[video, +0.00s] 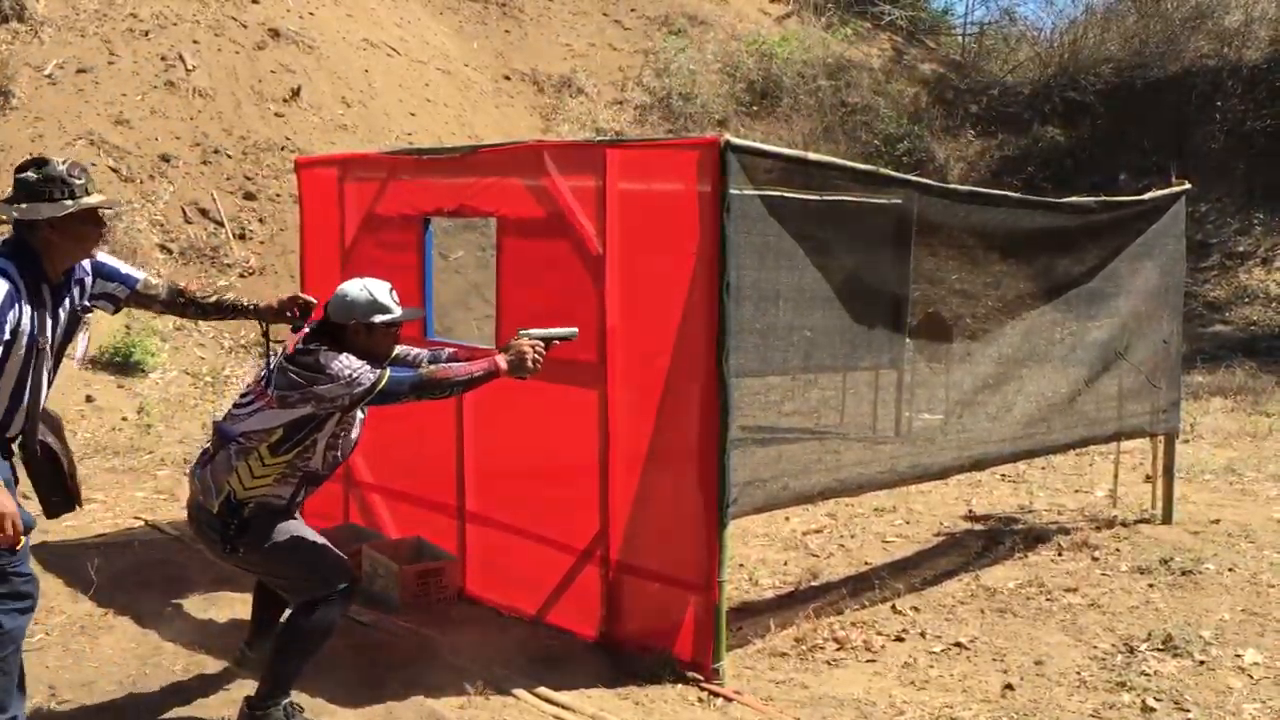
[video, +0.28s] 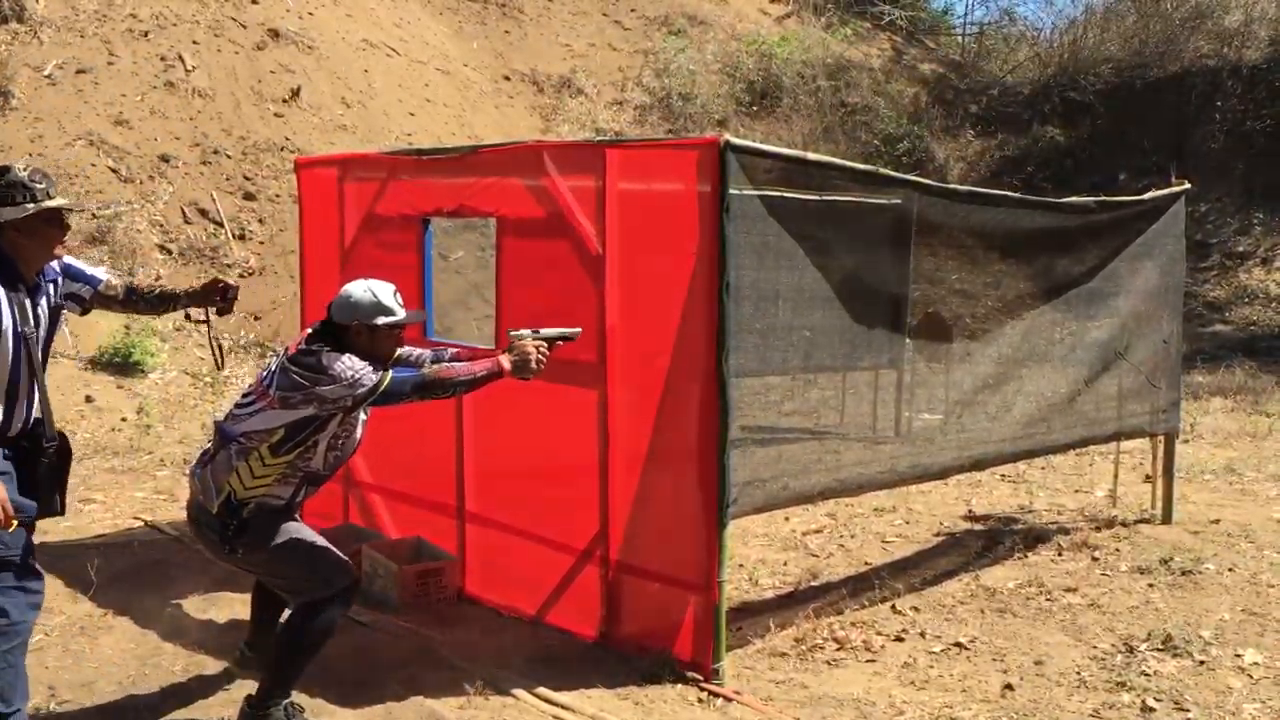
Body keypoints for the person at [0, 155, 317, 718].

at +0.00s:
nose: (103, 226)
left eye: (100, 215)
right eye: (90, 218)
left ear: (64, 226)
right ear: (49, 227)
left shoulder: (84, 271)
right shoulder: (7, 291)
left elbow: (177, 298)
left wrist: (265, 310)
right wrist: (3, 490)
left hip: (5, 454)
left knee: (15, 587)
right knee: (17, 589)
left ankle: (12, 701)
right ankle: (10, 706)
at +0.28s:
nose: (62, 230)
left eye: (61, 219)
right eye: (49, 221)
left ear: (38, 226)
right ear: (10, 229)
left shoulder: (52, 274)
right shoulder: (3, 293)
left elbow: (126, 293)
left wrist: (195, 297)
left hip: (25, 452)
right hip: (2, 459)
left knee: (18, 588)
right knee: (17, 590)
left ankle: (11, 702)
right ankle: (10, 704)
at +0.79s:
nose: (55, 234)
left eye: (53, 223)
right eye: (44, 225)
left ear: (19, 233)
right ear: (9, 233)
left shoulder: (37, 270)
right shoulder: (8, 290)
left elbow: (78, 308)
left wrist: (122, 308)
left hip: (10, 426)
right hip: (2, 430)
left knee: (34, 509)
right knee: (32, 510)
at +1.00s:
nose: (64, 248)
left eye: (61, 239)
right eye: (54, 241)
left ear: (28, 251)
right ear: (19, 252)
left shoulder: (44, 286)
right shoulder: (4, 312)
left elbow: (70, 325)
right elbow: (18, 402)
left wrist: (144, 337)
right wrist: (81, 460)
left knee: (70, 510)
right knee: (6, 561)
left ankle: (77, 599)